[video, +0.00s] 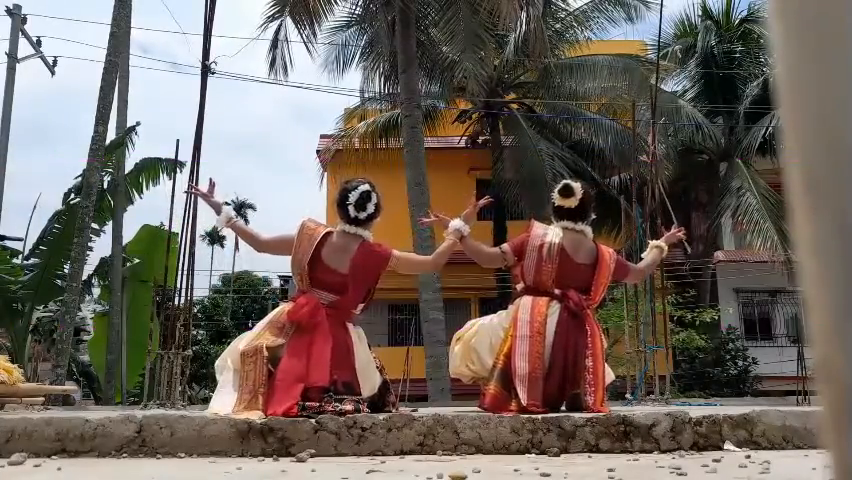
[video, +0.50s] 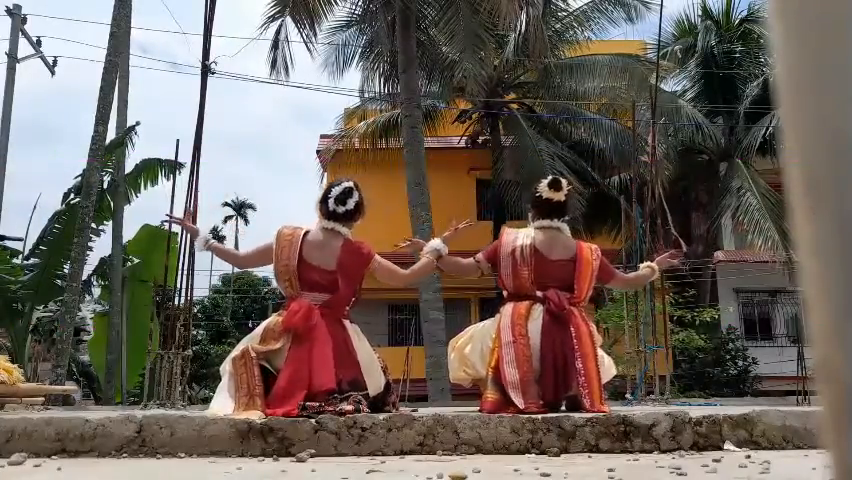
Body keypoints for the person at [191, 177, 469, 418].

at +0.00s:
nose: (366, 213)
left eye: (350, 205)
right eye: (371, 209)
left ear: (338, 208)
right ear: (374, 214)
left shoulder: (310, 237)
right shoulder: (378, 255)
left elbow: (259, 243)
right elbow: (433, 263)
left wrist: (219, 209)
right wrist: (461, 224)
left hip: (293, 337)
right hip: (341, 344)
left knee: (241, 355)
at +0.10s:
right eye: (369, 209)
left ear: (337, 207)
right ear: (372, 215)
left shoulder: (308, 238)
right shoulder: (377, 256)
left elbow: (258, 245)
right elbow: (431, 265)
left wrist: (218, 210)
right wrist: (459, 226)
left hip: (295, 342)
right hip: (341, 349)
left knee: (243, 352)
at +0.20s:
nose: (359, 210)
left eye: (346, 202)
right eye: (367, 206)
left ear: (334, 207)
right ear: (370, 213)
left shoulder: (306, 238)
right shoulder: (374, 255)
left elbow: (256, 247)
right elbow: (427, 268)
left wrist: (214, 213)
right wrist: (455, 231)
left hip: (293, 339)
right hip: (341, 346)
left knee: (240, 356)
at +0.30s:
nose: (356, 209)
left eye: (343, 202)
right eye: (363, 206)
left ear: (331, 206)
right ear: (367, 214)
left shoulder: (302, 237)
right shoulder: (370, 254)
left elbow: (252, 249)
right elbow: (418, 273)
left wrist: (212, 218)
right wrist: (443, 247)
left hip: (292, 342)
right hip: (341, 347)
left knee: (240, 357)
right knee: (375, 395)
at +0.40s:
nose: (345, 209)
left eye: (338, 202)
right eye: (357, 207)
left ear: (327, 205)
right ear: (361, 215)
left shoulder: (296, 237)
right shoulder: (365, 253)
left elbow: (246, 253)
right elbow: (414, 276)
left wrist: (207, 227)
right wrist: (437, 250)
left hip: (291, 344)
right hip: (339, 348)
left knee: (239, 360)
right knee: (371, 393)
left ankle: (252, 421)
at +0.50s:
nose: (349, 216)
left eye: (336, 205)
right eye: (354, 211)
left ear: (321, 205)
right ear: (354, 217)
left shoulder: (290, 239)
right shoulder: (358, 252)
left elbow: (240, 260)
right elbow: (404, 278)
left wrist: (202, 239)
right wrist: (432, 255)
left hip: (290, 342)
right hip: (337, 344)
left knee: (240, 360)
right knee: (369, 392)